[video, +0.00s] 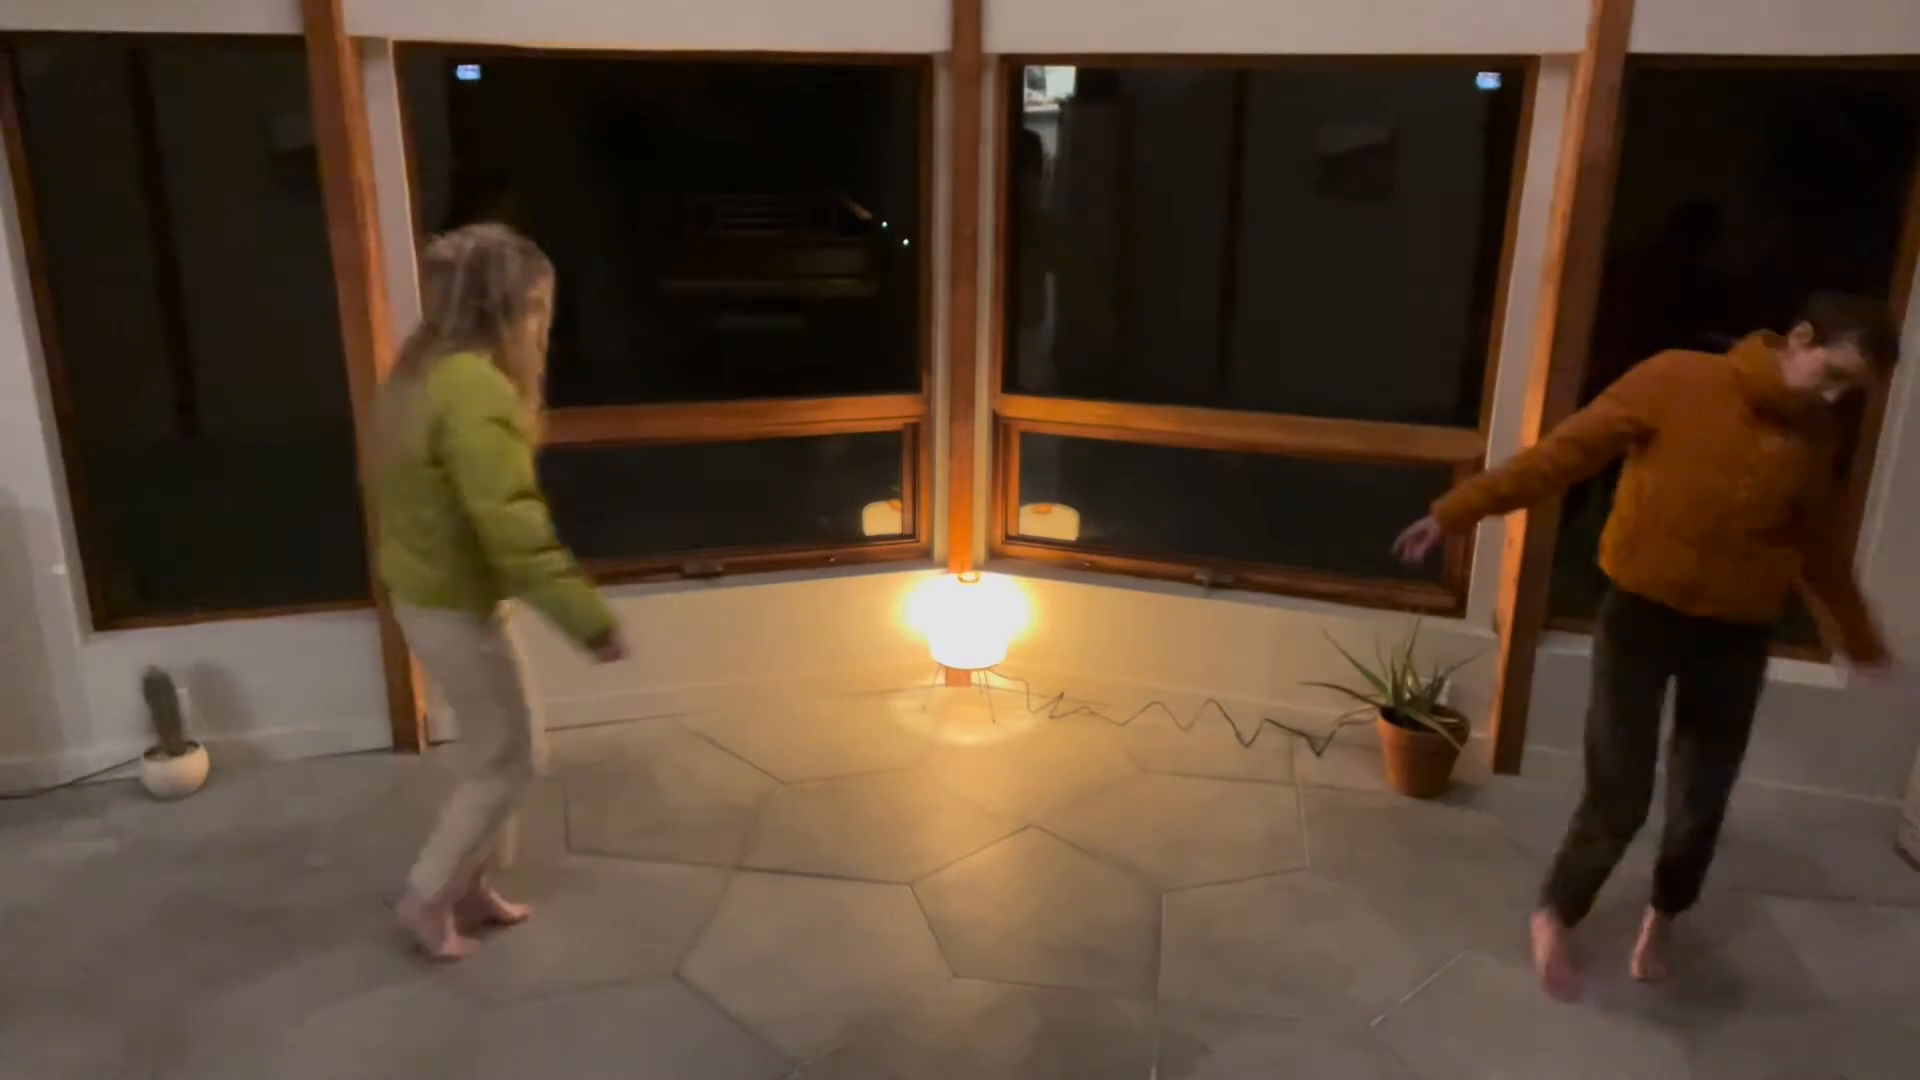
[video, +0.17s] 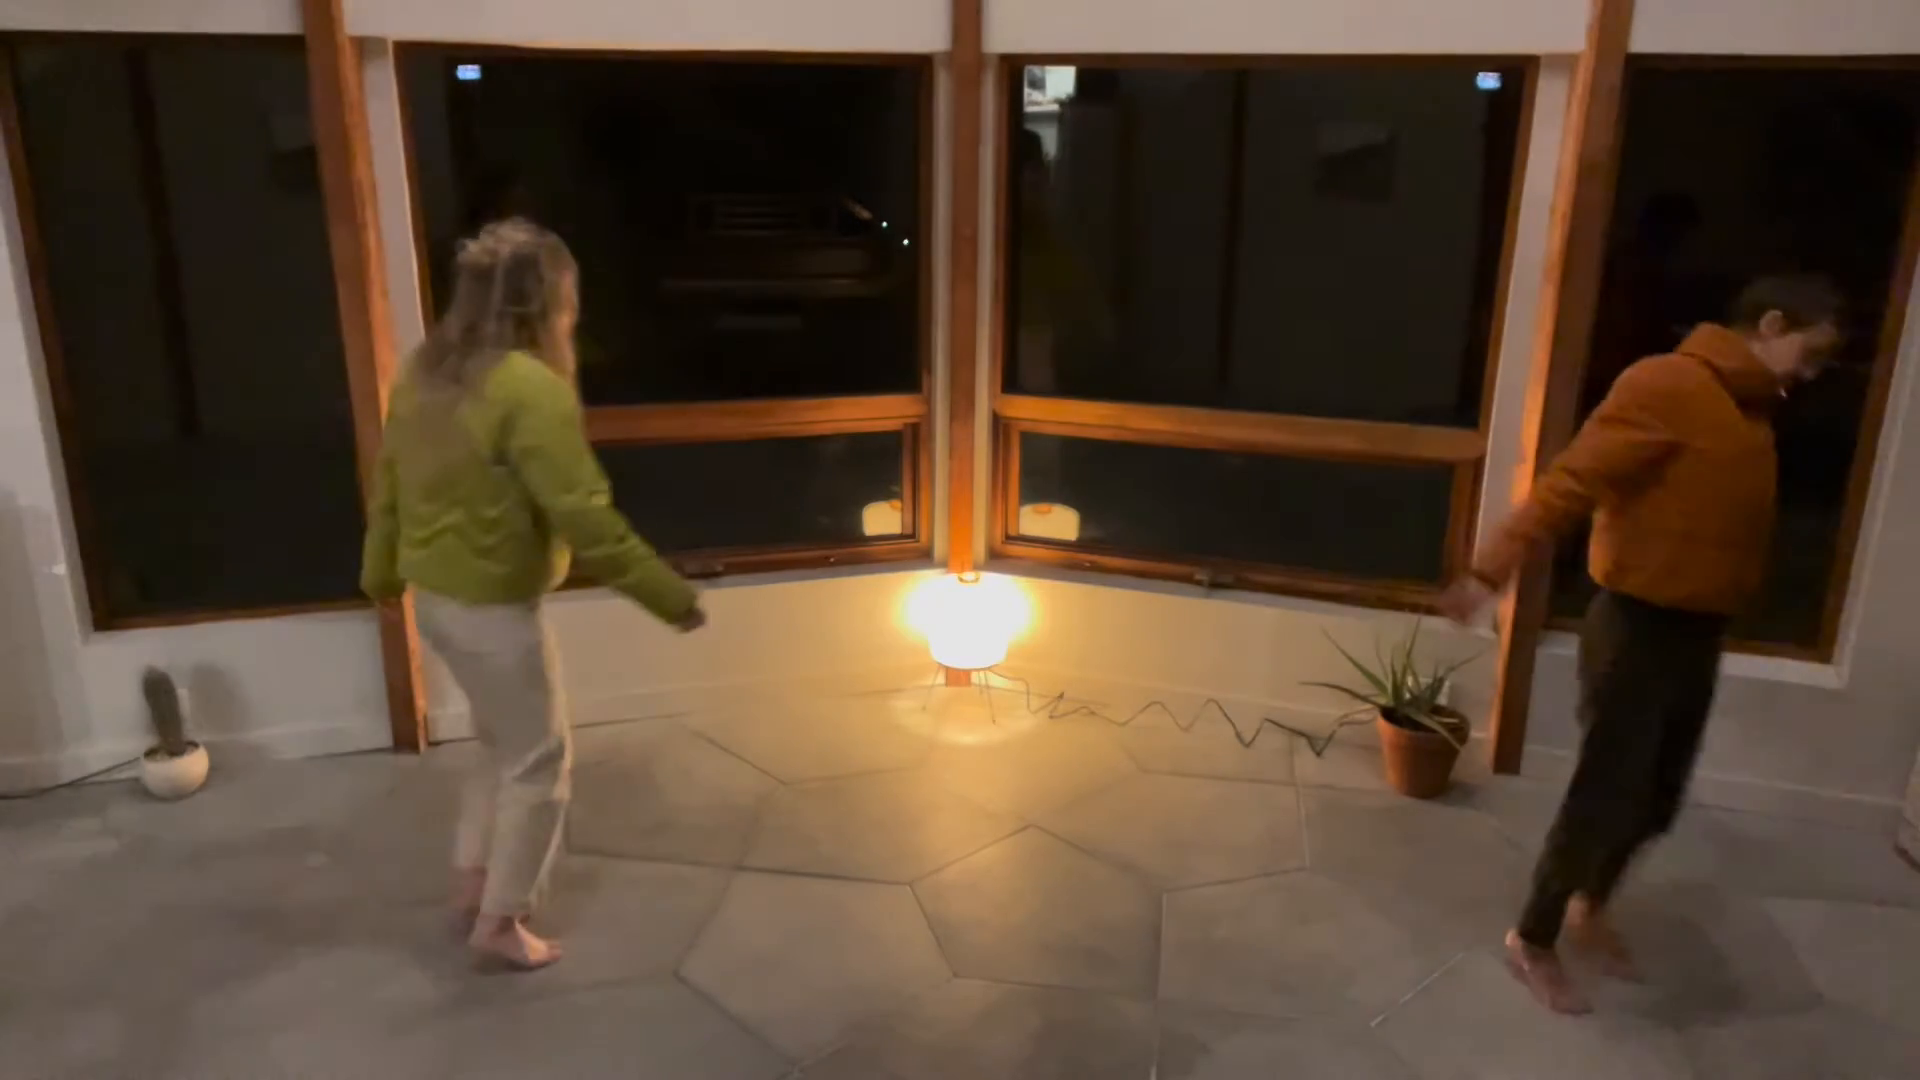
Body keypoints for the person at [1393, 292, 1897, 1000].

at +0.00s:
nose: (1832, 395)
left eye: (1847, 386)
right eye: (1834, 374)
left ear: (1853, 381)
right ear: (1801, 340)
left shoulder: (1816, 435)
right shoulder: (1676, 382)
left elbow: (1823, 551)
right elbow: (1563, 452)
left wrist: (1861, 640)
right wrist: (1457, 508)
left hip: (1733, 633)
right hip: (1640, 614)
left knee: (1700, 803)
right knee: (1621, 795)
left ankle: (1660, 918)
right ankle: (1553, 918)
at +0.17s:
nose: (1807, 372)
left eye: (1818, 359)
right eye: (1809, 353)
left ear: (1778, 334)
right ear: (1771, 326)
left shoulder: (1746, 406)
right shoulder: (1665, 386)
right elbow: (1572, 479)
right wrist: (1491, 565)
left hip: (1693, 627)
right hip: (1635, 620)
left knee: (1657, 791)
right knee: (1612, 784)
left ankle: (1587, 909)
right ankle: (1532, 937)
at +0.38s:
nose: (1750, 342)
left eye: (1752, 329)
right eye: (1750, 328)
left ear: (1671, 313)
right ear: (1730, 323)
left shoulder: (1610, 390)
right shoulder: (1696, 407)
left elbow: (1556, 486)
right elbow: (1666, 529)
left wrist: (1503, 556)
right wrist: (1675, 645)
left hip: (1585, 616)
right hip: (1643, 632)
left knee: (1585, 781)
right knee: (1633, 808)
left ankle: (1534, 921)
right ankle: (1561, 961)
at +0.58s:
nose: (1608, 318)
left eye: (1611, 306)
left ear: (1613, 312)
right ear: (1689, 325)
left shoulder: (1557, 399)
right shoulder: (1719, 410)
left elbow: (1486, 517)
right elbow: (1772, 542)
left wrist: (1397, 597)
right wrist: (1864, 645)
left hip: (1549, 623)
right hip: (1649, 632)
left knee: (1536, 788)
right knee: (1610, 800)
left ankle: (1525, 965)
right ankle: (1568, 971)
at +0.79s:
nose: (1586, 313)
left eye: (1590, 302)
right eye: (1592, 300)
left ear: (1604, 309)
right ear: (1674, 320)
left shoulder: (1569, 403)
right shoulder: (1701, 408)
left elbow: (1527, 533)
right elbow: (1747, 519)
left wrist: (1467, 633)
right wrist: (1828, 585)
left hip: (1547, 632)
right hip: (1616, 637)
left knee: (1521, 793)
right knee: (1562, 780)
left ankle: (1527, 969)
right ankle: (1583, 946)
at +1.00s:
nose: (1561, 291)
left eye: (1576, 281)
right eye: (1571, 278)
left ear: (1608, 303)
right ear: (1612, 304)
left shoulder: (1604, 402)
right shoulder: (1589, 385)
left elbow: (1616, 538)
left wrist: (1615, 664)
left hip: (1544, 618)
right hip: (1529, 609)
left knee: (1520, 795)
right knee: (1523, 782)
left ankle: (1552, 947)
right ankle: (1569, 915)